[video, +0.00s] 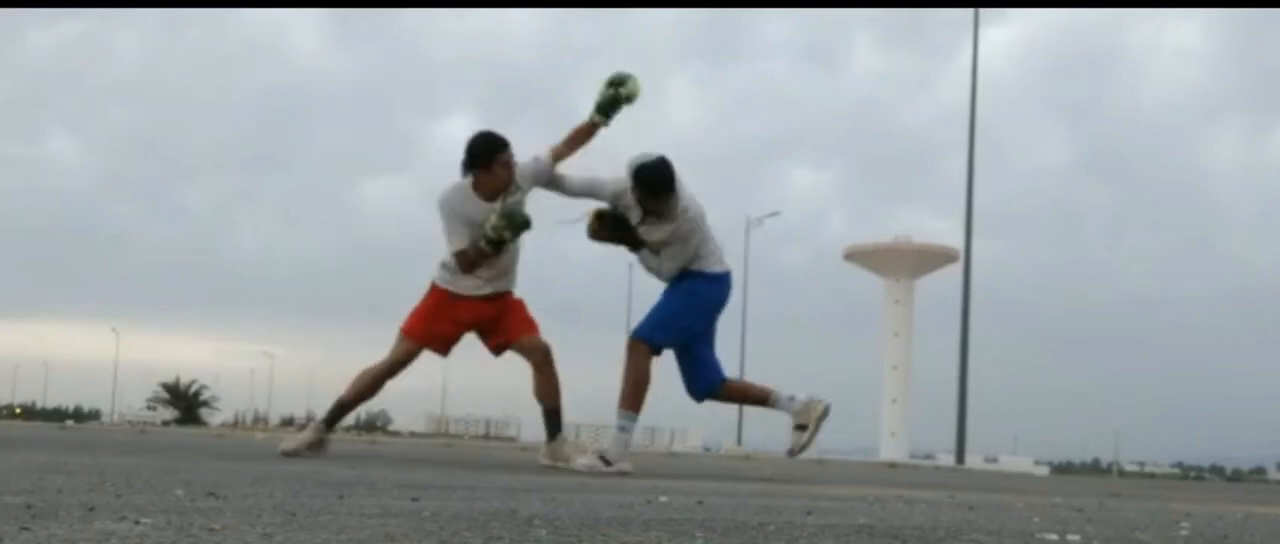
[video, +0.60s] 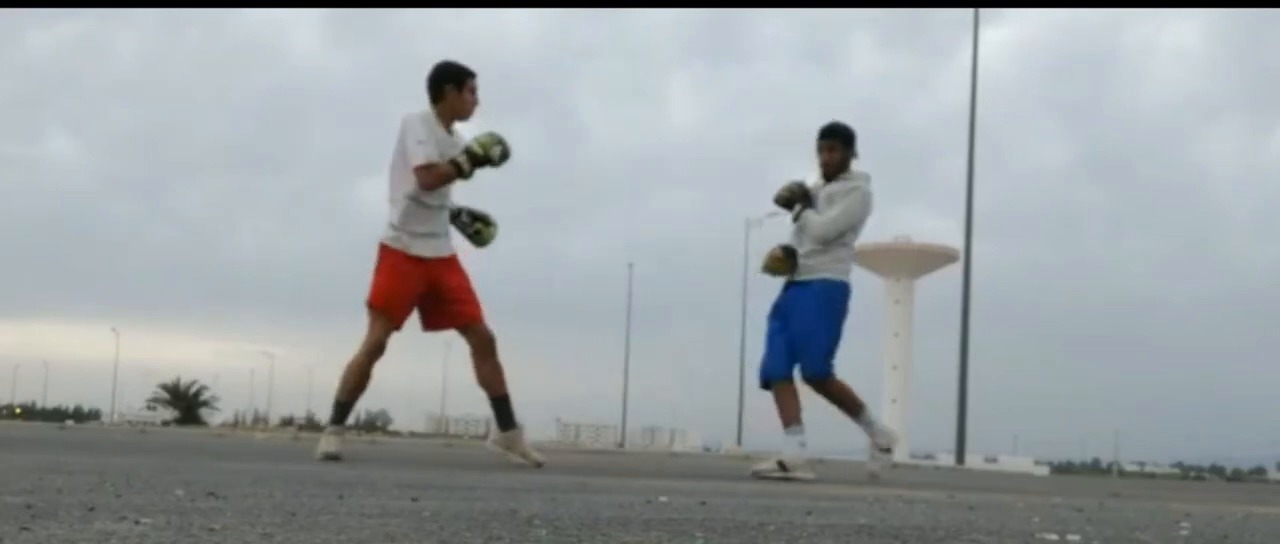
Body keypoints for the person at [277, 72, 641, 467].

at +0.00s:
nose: (513, 172)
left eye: (512, 164)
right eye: (505, 167)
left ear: (508, 166)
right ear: (482, 172)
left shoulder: (524, 178)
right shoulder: (454, 200)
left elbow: (565, 149)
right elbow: (466, 263)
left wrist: (602, 115)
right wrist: (502, 236)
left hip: (499, 299)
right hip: (450, 297)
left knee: (542, 354)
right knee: (393, 363)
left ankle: (556, 445)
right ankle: (321, 428)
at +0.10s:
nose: (523, 173)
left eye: (523, 166)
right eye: (517, 167)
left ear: (515, 165)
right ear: (493, 168)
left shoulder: (524, 181)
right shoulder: (459, 199)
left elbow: (577, 169)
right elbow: (459, 261)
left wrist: (628, 148)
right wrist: (497, 240)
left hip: (502, 301)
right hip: (452, 298)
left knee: (545, 351)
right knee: (397, 365)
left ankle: (555, 445)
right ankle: (322, 426)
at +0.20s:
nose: (517, 146)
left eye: (517, 139)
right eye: (510, 139)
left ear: (508, 141)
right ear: (486, 141)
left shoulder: (521, 169)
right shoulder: (453, 178)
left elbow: (573, 198)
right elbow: (462, 240)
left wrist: (613, 198)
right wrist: (500, 214)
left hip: (493, 294)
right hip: (444, 287)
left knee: (534, 353)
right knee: (394, 346)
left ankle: (553, 444)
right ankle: (326, 415)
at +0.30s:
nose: (502, 118)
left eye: (503, 110)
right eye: (496, 110)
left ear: (484, 114)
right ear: (472, 113)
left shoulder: (498, 156)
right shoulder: (438, 154)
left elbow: (501, 214)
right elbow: (438, 219)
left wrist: (538, 227)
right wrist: (481, 195)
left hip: (480, 274)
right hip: (431, 267)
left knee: (516, 351)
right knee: (388, 340)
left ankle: (550, 441)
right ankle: (331, 421)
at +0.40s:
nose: (489, 112)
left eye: (489, 105)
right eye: (483, 104)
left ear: (466, 108)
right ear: (459, 106)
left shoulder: (468, 156)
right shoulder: (425, 143)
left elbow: (452, 216)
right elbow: (418, 204)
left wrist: (482, 237)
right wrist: (462, 187)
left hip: (457, 268)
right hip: (414, 263)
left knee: (500, 346)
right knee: (385, 348)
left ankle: (527, 439)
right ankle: (335, 430)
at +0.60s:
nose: (476, 100)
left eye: (476, 93)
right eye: (471, 92)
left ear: (454, 94)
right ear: (449, 92)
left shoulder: (454, 141)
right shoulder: (416, 125)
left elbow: (430, 197)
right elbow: (425, 178)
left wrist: (459, 217)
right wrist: (469, 159)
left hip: (441, 258)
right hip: (402, 254)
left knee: (481, 338)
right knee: (375, 343)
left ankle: (509, 432)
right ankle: (334, 429)